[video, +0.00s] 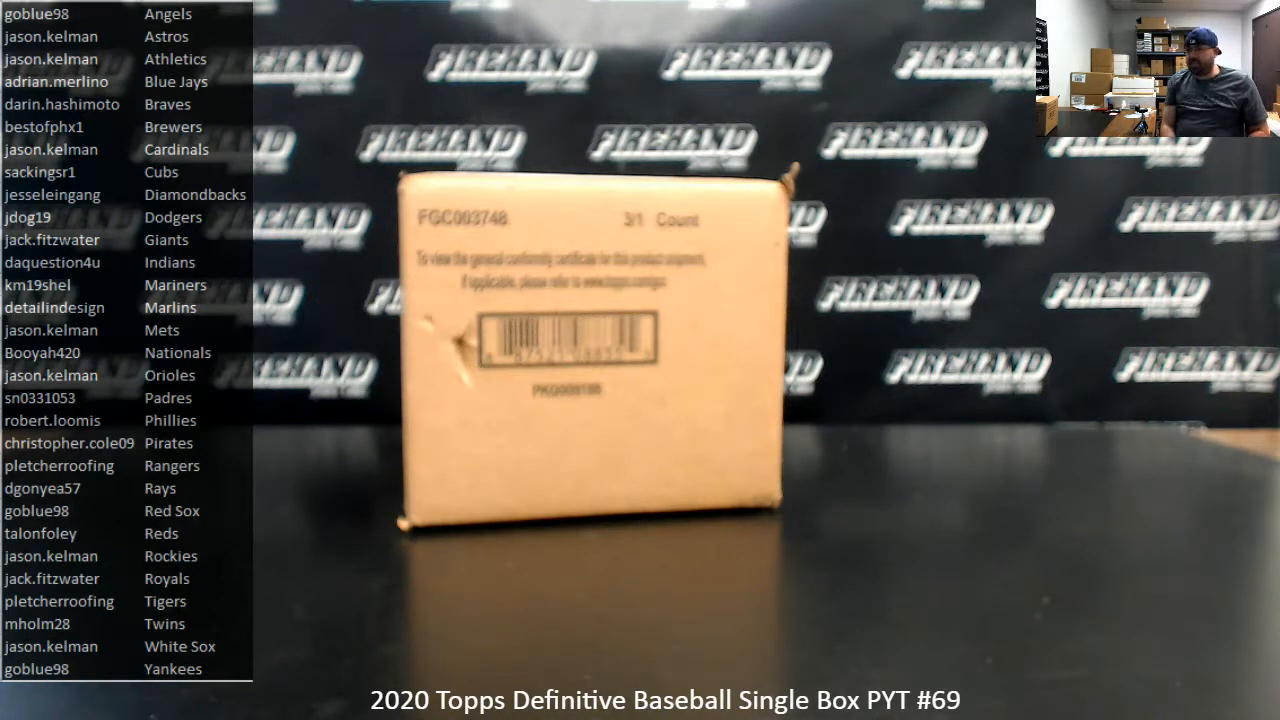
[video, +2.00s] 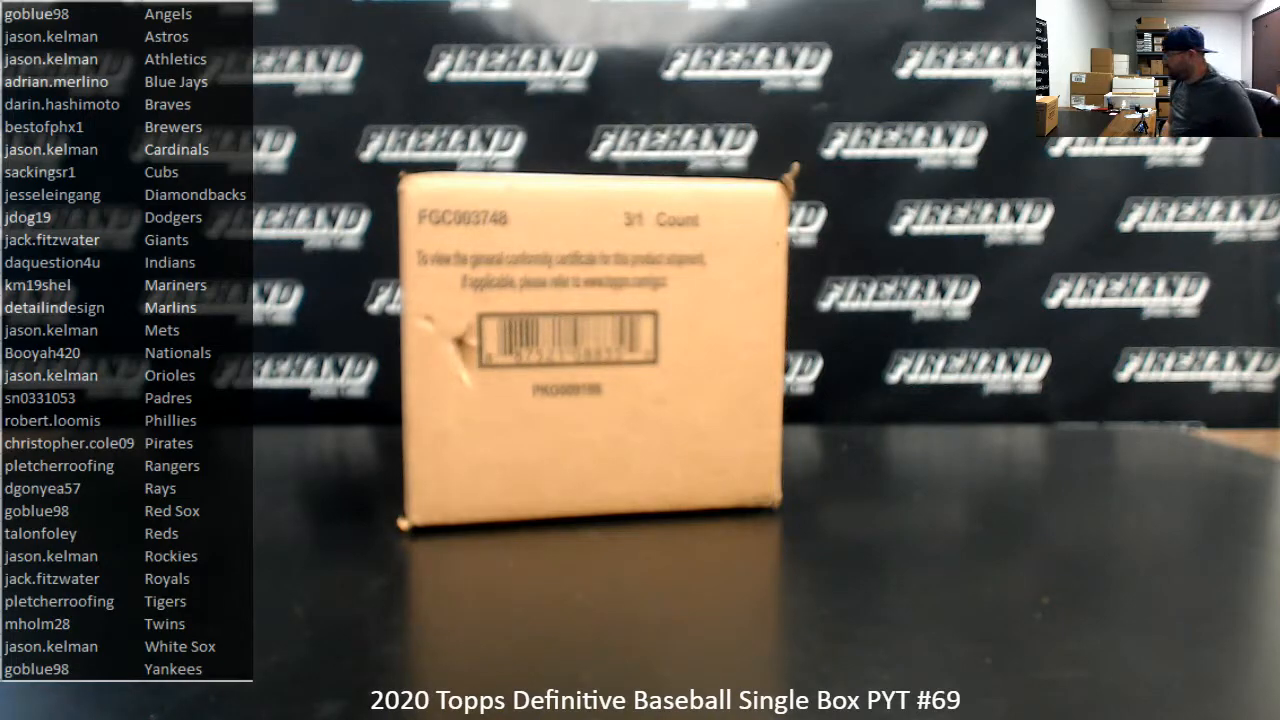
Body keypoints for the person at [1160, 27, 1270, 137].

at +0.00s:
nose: (1192, 56)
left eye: (1199, 49)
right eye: (1189, 50)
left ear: (1216, 52)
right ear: (1185, 53)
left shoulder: (1242, 83)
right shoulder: (1177, 82)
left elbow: (1261, 131)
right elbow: (1167, 125)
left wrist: (1242, 157)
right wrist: (1171, 152)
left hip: (1228, 158)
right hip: (1184, 159)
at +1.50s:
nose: (1197, 57)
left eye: (1203, 51)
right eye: (1194, 52)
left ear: (1221, 52)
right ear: (1191, 54)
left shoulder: (1248, 82)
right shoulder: (1190, 83)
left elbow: (1267, 134)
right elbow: (1176, 120)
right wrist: (1167, 149)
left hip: (1229, 162)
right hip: (1187, 160)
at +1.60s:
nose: (1190, 58)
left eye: (1196, 51)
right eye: (1190, 52)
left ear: (1217, 51)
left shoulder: (1247, 83)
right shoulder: (1191, 82)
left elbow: (1266, 136)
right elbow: (1176, 120)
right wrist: (1164, 149)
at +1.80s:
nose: (1174, 61)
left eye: (1180, 54)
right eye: (1175, 55)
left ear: (1203, 53)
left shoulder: (1237, 89)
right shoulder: (1185, 85)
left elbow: (1262, 141)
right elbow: (1173, 122)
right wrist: (1163, 152)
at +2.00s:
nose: (1165, 62)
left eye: (1169, 56)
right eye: (1165, 56)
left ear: (1191, 55)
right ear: (1191, 55)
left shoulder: (1227, 90)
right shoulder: (1179, 86)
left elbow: (1253, 143)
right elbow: (1170, 125)